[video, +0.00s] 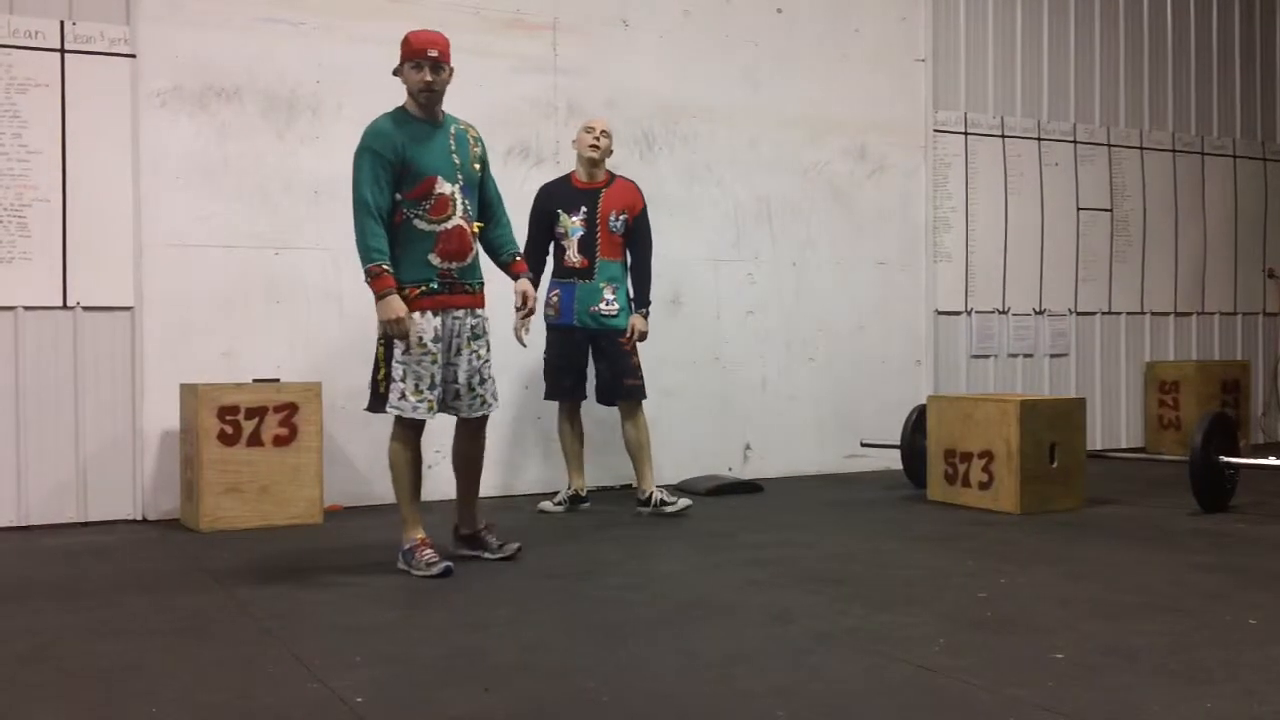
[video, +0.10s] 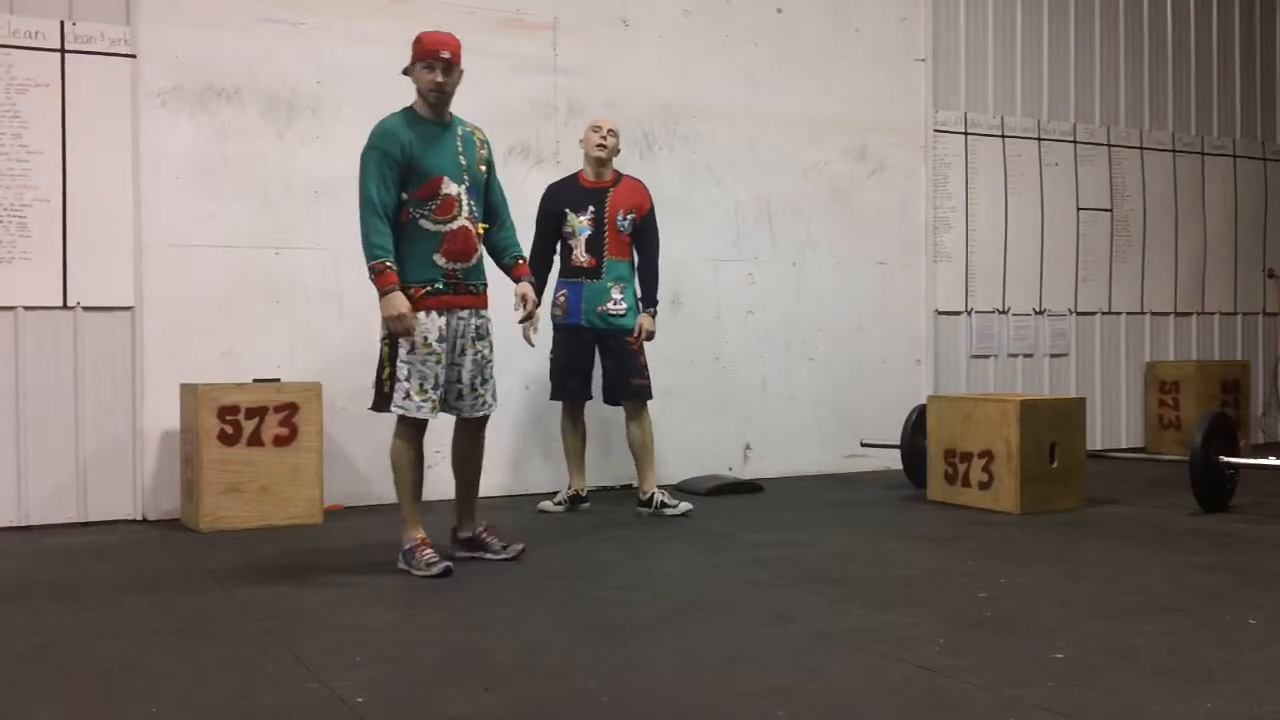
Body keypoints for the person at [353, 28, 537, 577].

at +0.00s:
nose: (428, 75)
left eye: (437, 67)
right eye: (418, 66)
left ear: (449, 74)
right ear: (401, 74)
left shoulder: (468, 138)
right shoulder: (382, 138)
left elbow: (491, 216)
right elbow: (369, 219)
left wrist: (520, 274)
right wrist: (385, 292)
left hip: (467, 302)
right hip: (413, 304)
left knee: (474, 413)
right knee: (410, 419)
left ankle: (469, 528)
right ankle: (413, 539)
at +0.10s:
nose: (441, 75)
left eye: (449, 67)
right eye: (430, 66)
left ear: (460, 75)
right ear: (412, 73)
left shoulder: (474, 140)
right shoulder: (389, 137)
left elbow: (496, 219)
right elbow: (374, 220)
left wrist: (522, 276)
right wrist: (389, 292)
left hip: (471, 302)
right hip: (417, 303)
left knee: (473, 414)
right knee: (412, 418)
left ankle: (467, 529)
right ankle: (414, 539)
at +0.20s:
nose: (453, 75)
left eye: (461, 67)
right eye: (442, 66)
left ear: (471, 76)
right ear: (423, 72)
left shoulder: (481, 142)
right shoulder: (399, 135)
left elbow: (500, 221)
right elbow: (382, 218)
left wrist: (526, 278)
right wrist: (394, 287)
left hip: (475, 303)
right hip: (423, 303)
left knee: (476, 413)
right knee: (415, 417)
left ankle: (467, 527)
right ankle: (413, 538)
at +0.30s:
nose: (466, 77)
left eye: (475, 70)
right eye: (456, 67)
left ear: (483, 79)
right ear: (436, 72)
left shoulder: (487, 146)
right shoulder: (409, 133)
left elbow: (503, 224)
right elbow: (389, 213)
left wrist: (532, 283)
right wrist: (399, 283)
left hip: (480, 303)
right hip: (429, 302)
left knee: (475, 414)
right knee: (419, 417)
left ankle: (468, 527)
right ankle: (413, 539)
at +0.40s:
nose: (476, 78)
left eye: (485, 71)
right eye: (467, 68)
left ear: (492, 81)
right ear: (445, 73)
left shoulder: (492, 148)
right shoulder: (418, 131)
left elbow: (506, 225)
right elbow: (395, 208)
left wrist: (536, 288)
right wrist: (403, 275)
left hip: (483, 303)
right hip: (433, 301)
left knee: (475, 413)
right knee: (423, 415)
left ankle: (467, 526)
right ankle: (414, 537)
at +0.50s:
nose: (485, 79)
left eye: (494, 73)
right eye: (476, 70)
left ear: (500, 84)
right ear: (453, 75)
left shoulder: (496, 149)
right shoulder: (426, 130)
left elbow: (508, 226)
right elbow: (401, 199)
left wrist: (537, 291)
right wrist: (404, 264)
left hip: (485, 302)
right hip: (438, 299)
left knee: (472, 413)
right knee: (427, 413)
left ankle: (466, 526)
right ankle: (414, 537)